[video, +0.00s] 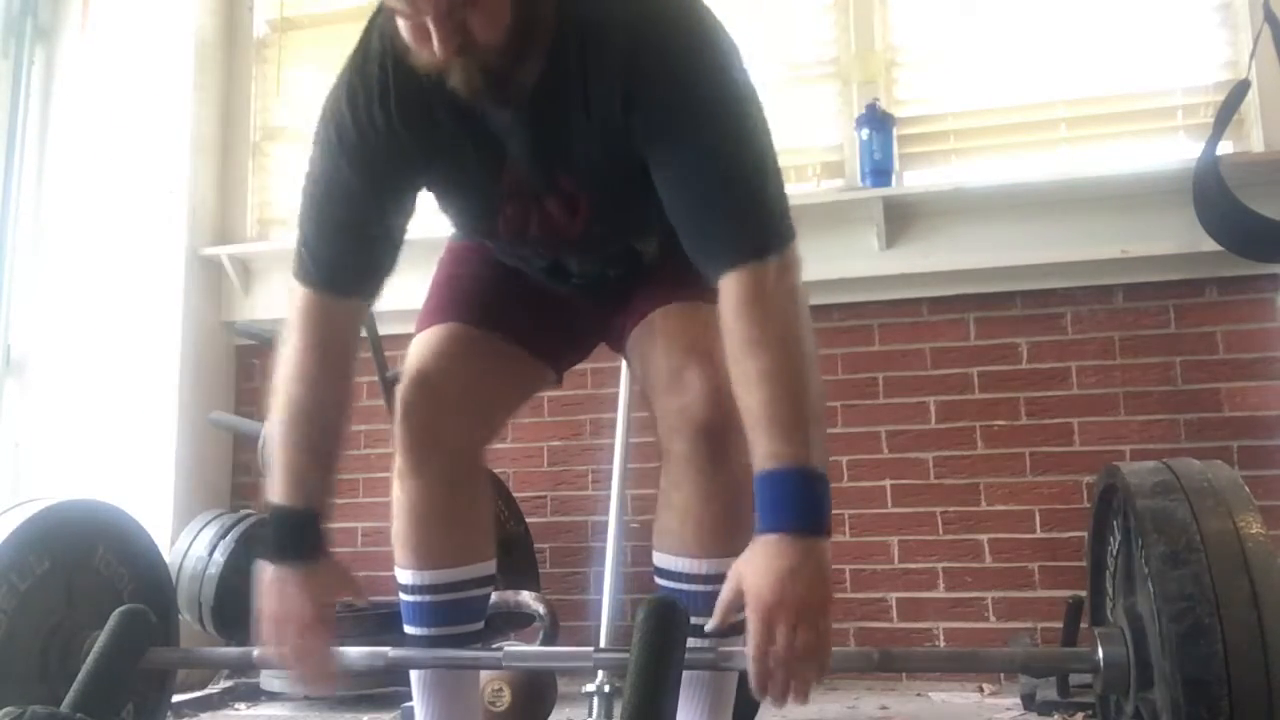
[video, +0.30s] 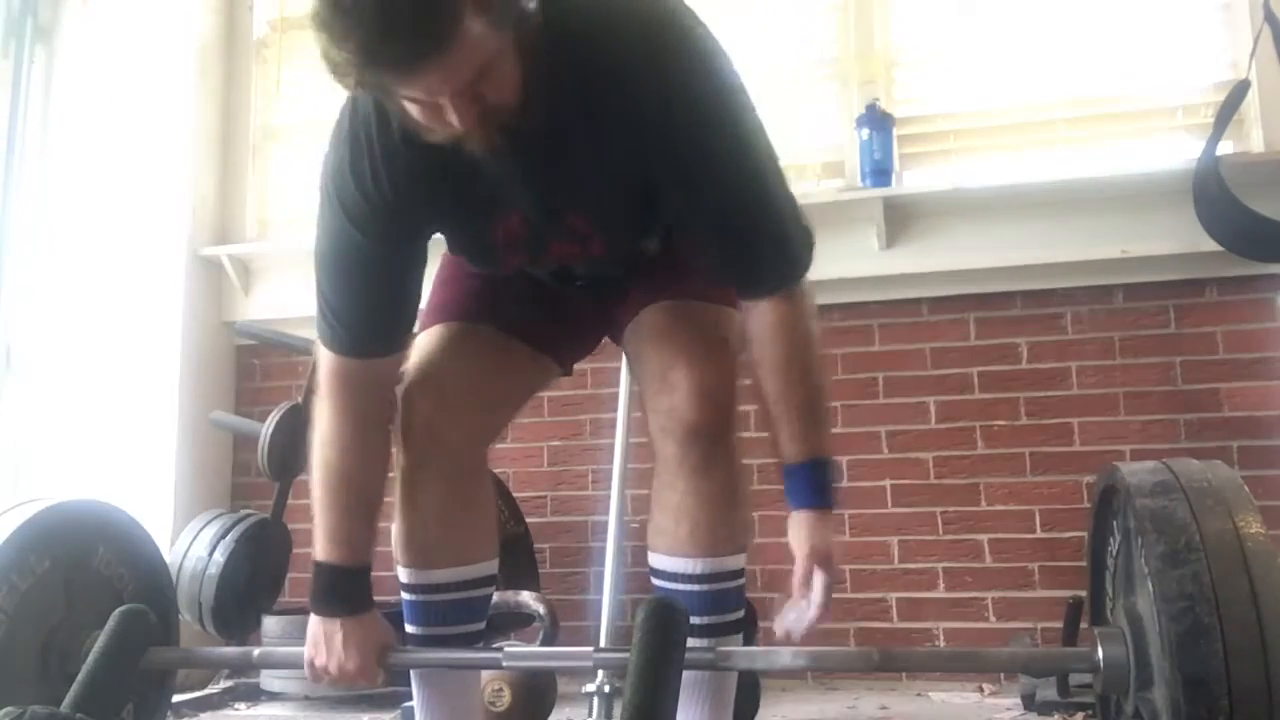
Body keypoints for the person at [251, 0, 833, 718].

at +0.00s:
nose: (437, 34)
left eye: (465, 6)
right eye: (411, 11)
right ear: (390, 5)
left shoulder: (654, 34)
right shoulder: (381, 84)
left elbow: (759, 261)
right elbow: (325, 304)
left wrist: (792, 525)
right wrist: (291, 538)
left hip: (670, 246)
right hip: (516, 253)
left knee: (706, 412)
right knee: (428, 412)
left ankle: (704, 703)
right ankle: (444, 706)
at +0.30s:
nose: (460, 120)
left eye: (479, 80)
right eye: (421, 102)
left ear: (517, 15)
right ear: (376, 81)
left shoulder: (646, 43)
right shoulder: (374, 143)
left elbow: (774, 276)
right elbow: (354, 370)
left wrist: (811, 502)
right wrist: (338, 596)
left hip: (673, 241)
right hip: (517, 260)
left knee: (695, 412)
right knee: (431, 416)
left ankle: (705, 700)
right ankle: (446, 702)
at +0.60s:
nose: (529, 158)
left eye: (547, 119)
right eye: (490, 143)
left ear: (578, 56)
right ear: (437, 123)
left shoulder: (676, 98)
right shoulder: (386, 138)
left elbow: (724, 369)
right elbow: (353, 376)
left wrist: (758, 587)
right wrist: (340, 596)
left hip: (645, 245)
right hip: (496, 254)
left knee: (657, 420)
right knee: (425, 418)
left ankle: (697, 695)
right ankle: (442, 701)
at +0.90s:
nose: (544, 167)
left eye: (568, 128)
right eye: (506, 148)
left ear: (602, 58)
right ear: (450, 123)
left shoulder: (686, 108)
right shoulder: (395, 136)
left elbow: (724, 369)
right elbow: (352, 376)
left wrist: (757, 577)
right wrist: (342, 595)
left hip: (635, 258)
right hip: (487, 261)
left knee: (656, 417)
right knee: (417, 423)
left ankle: (693, 700)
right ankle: (441, 703)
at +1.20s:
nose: (528, 151)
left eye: (548, 114)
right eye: (490, 138)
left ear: (578, 44)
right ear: (437, 111)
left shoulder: (677, 95)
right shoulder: (388, 132)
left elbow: (720, 351)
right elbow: (349, 376)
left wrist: (758, 567)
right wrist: (343, 595)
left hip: (637, 251)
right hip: (488, 257)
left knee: (656, 421)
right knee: (419, 420)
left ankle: (696, 700)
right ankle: (442, 702)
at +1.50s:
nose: (531, 153)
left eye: (552, 117)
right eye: (492, 140)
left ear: (583, 48)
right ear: (436, 113)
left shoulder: (681, 107)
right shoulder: (384, 133)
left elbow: (709, 373)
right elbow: (349, 376)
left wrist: (748, 593)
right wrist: (343, 596)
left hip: (629, 245)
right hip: (484, 251)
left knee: (646, 423)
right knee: (416, 423)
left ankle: (694, 698)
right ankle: (441, 702)